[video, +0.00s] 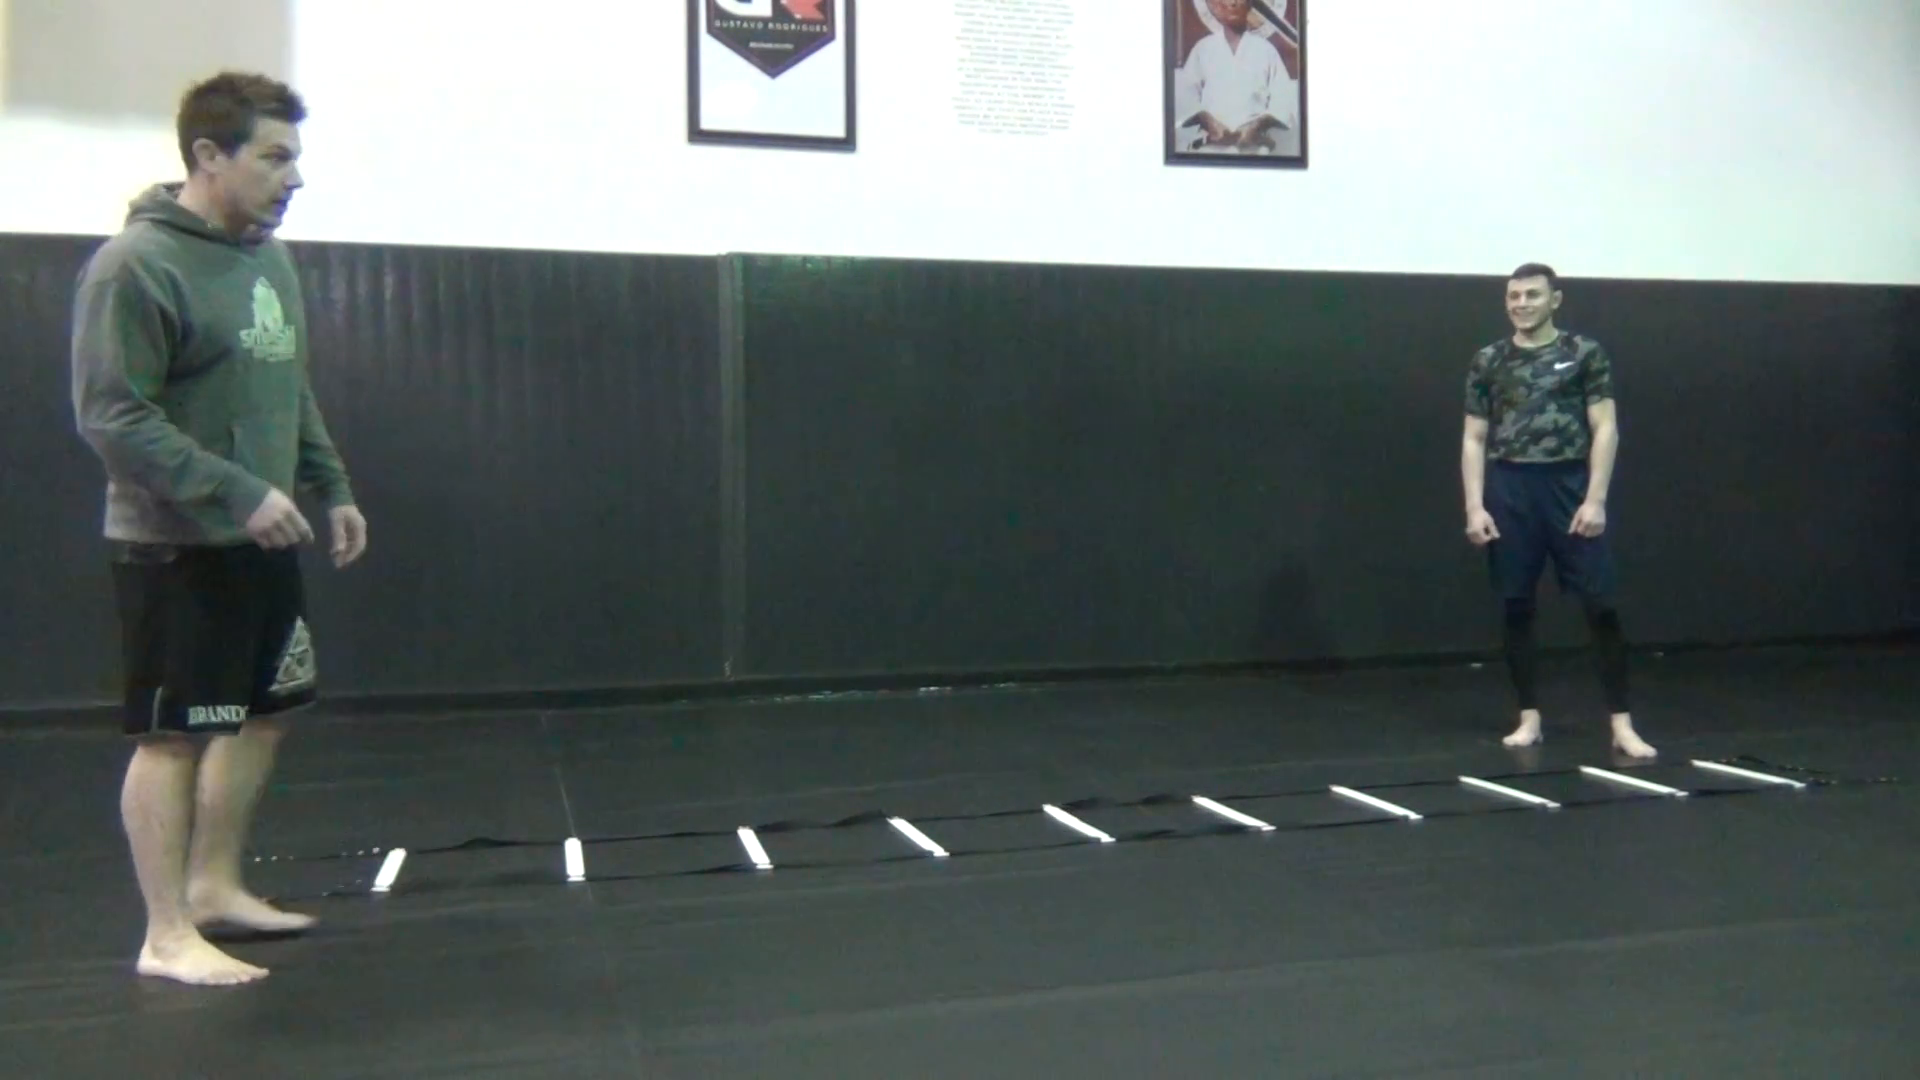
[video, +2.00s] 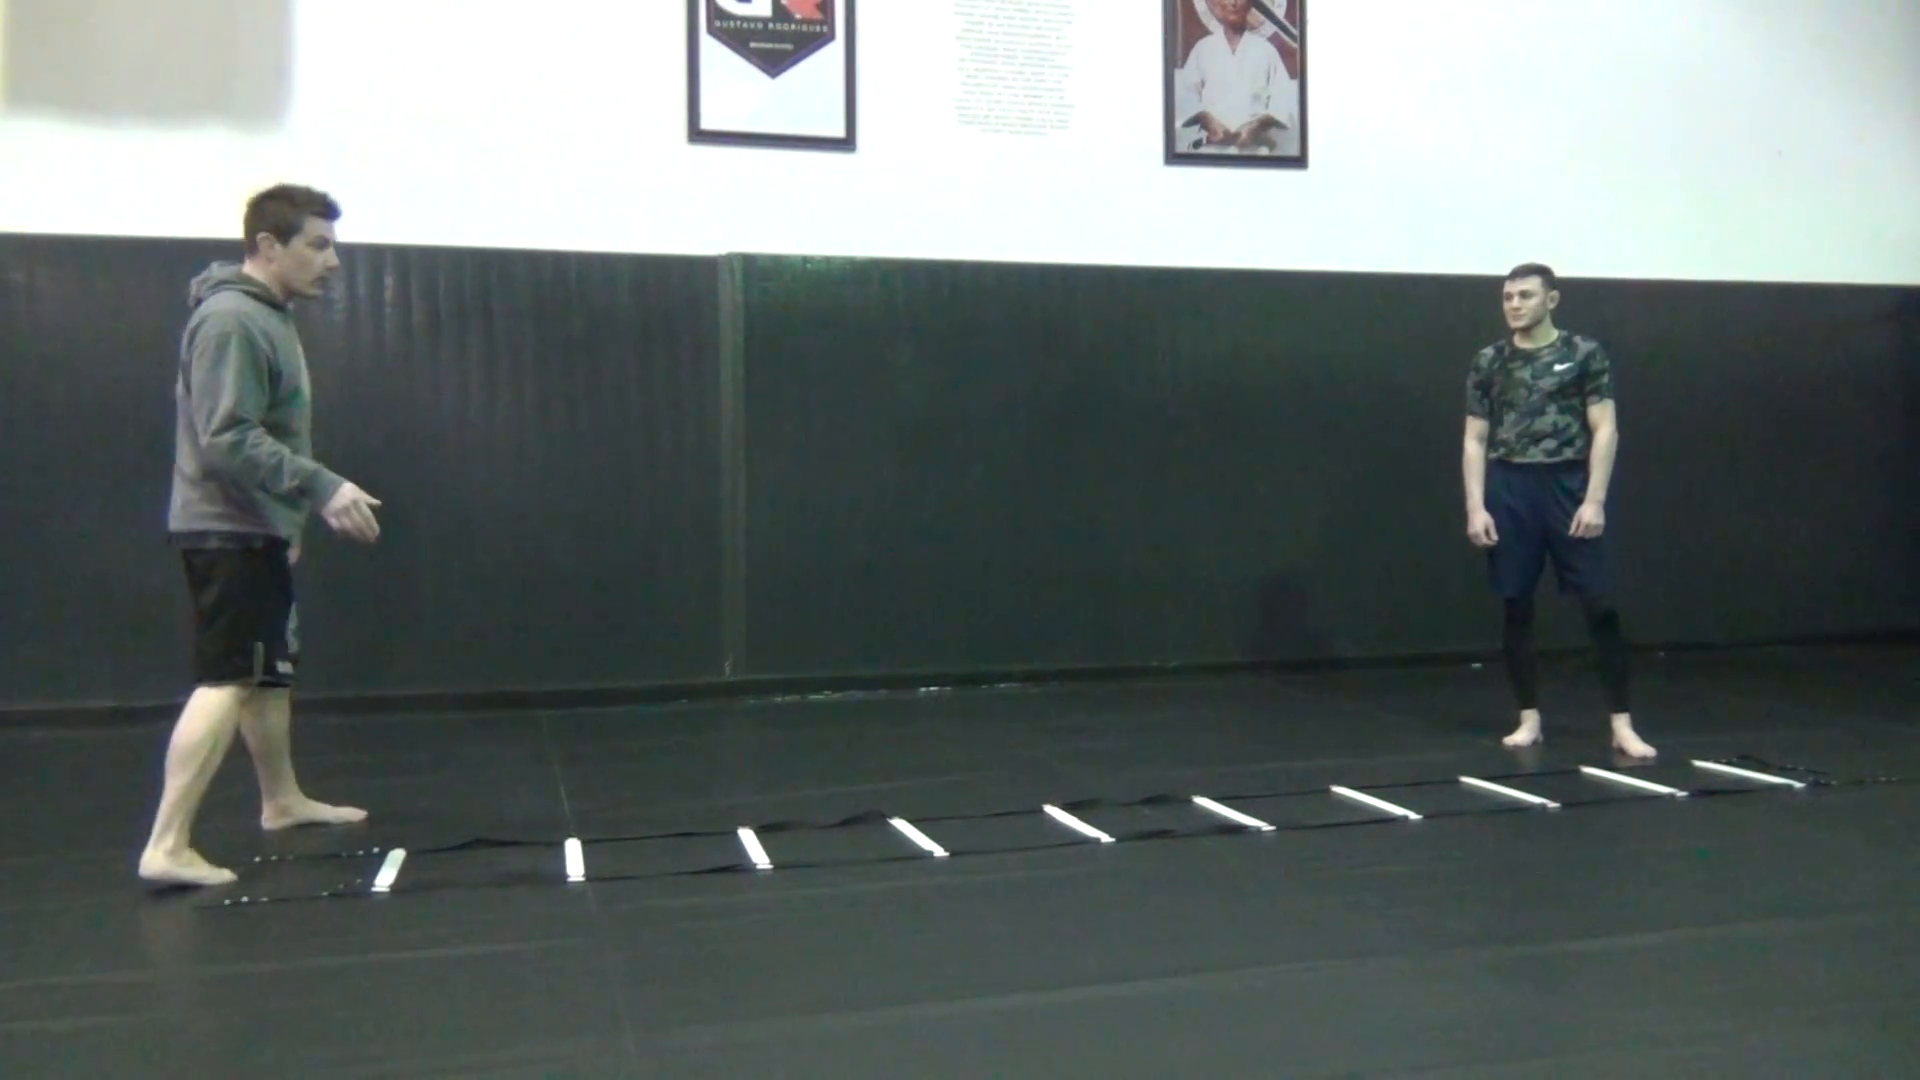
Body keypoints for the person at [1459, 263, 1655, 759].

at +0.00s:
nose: (1521, 304)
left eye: (1532, 295)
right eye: (1514, 296)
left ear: (1555, 300)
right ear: (1506, 303)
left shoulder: (1586, 354)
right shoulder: (1488, 361)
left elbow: (1605, 428)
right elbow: (1474, 438)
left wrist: (1595, 499)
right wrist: (1474, 506)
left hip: (1571, 490)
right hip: (1509, 491)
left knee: (1601, 603)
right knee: (1516, 605)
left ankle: (1621, 722)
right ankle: (1528, 716)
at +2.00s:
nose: (1514, 304)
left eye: (1525, 296)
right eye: (1508, 297)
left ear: (1551, 300)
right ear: (1502, 304)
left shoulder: (1585, 354)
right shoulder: (1488, 361)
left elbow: (1604, 429)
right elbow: (1475, 439)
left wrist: (1595, 500)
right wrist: (1475, 507)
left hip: (1570, 490)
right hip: (1510, 491)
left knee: (1600, 604)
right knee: (1515, 605)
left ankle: (1621, 724)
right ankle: (1528, 718)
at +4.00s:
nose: (1509, 303)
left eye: (1520, 295)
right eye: (1504, 296)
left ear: (1549, 300)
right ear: (1501, 304)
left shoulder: (1585, 353)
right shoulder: (1488, 360)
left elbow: (1603, 429)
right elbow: (1474, 437)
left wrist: (1600, 499)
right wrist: (1475, 503)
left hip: (1570, 489)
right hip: (1509, 491)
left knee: (1600, 603)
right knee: (1515, 605)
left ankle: (1620, 723)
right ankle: (1528, 718)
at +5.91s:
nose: (1518, 308)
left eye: (1529, 300)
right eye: (1512, 300)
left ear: (1555, 302)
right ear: (1507, 304)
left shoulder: (1589, 353)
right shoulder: (1491, 360)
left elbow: (1606, 429)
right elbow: (1476, 437)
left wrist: (1605, 499)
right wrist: (1476, 505)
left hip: (1572, 490)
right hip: (1510, 491)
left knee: (1602, 603)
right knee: (1516, 604)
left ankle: (1621, 724)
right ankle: (1528, 718)